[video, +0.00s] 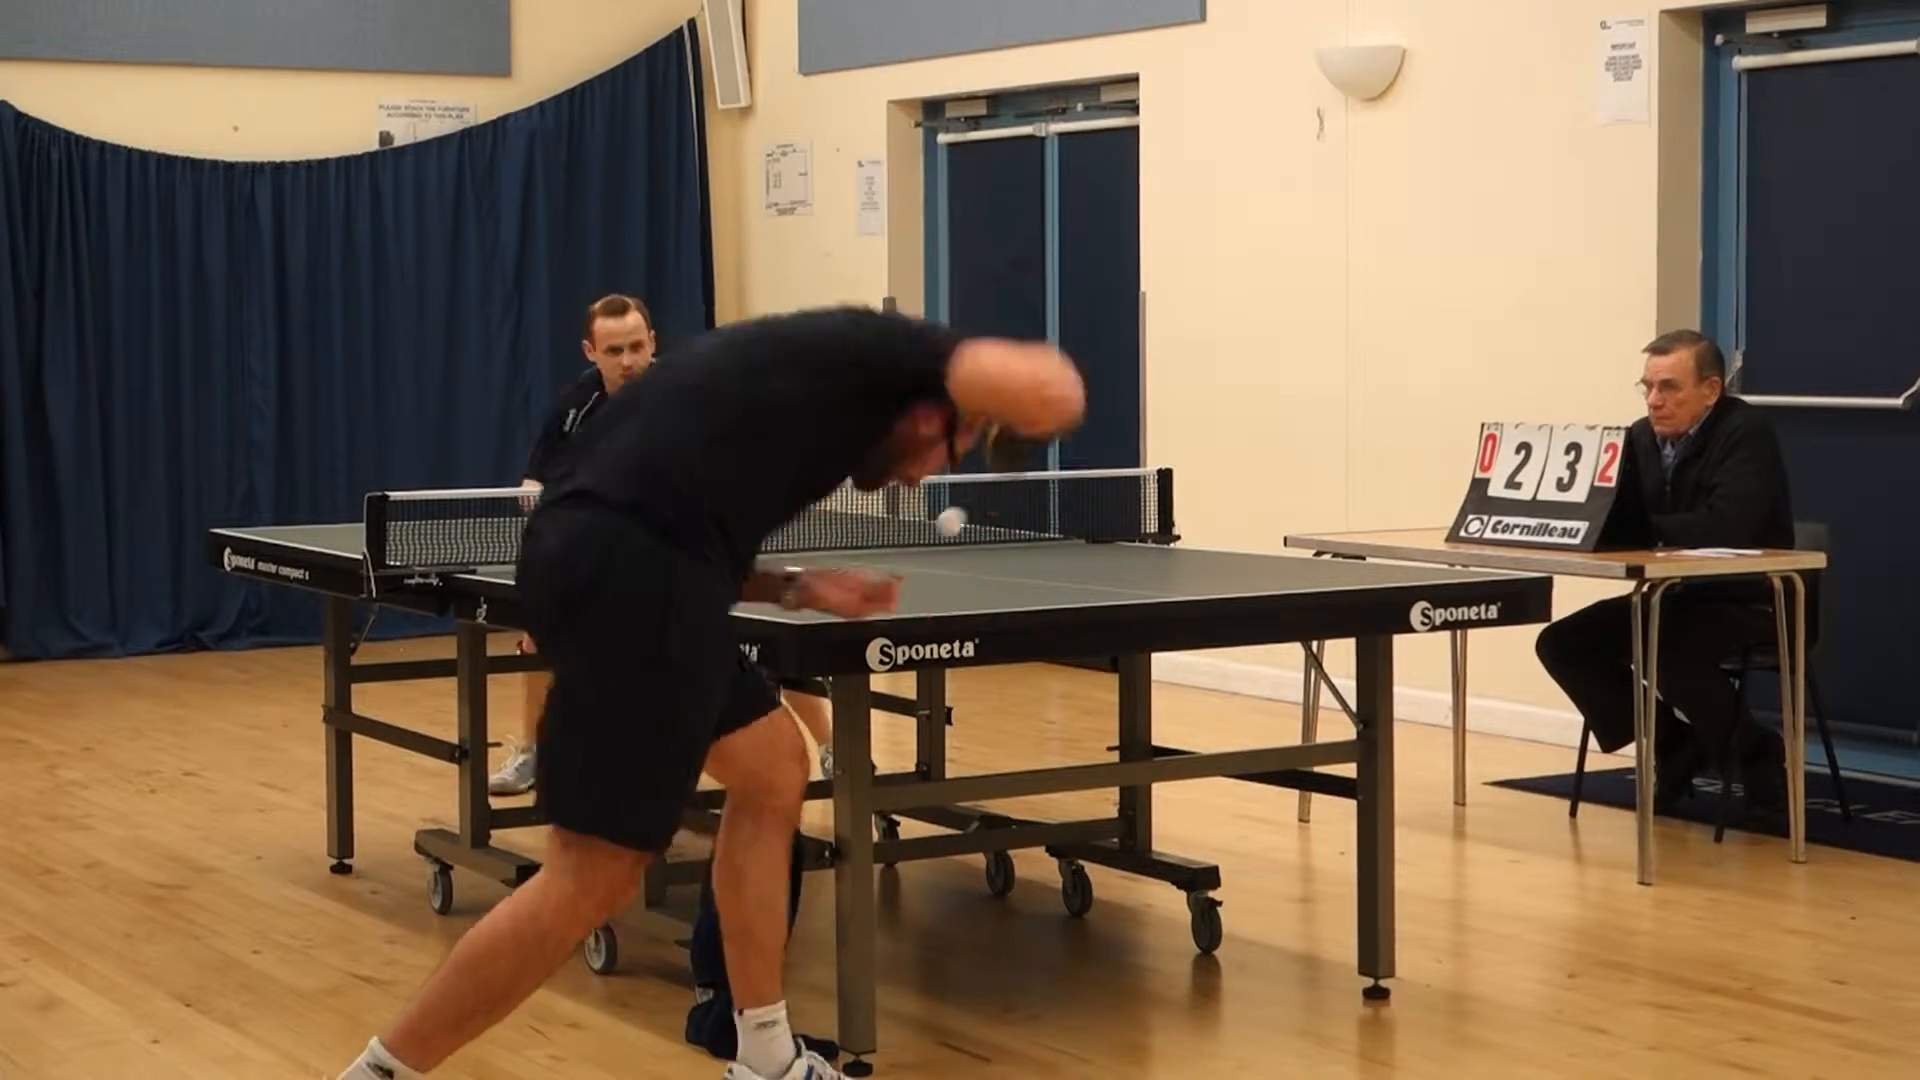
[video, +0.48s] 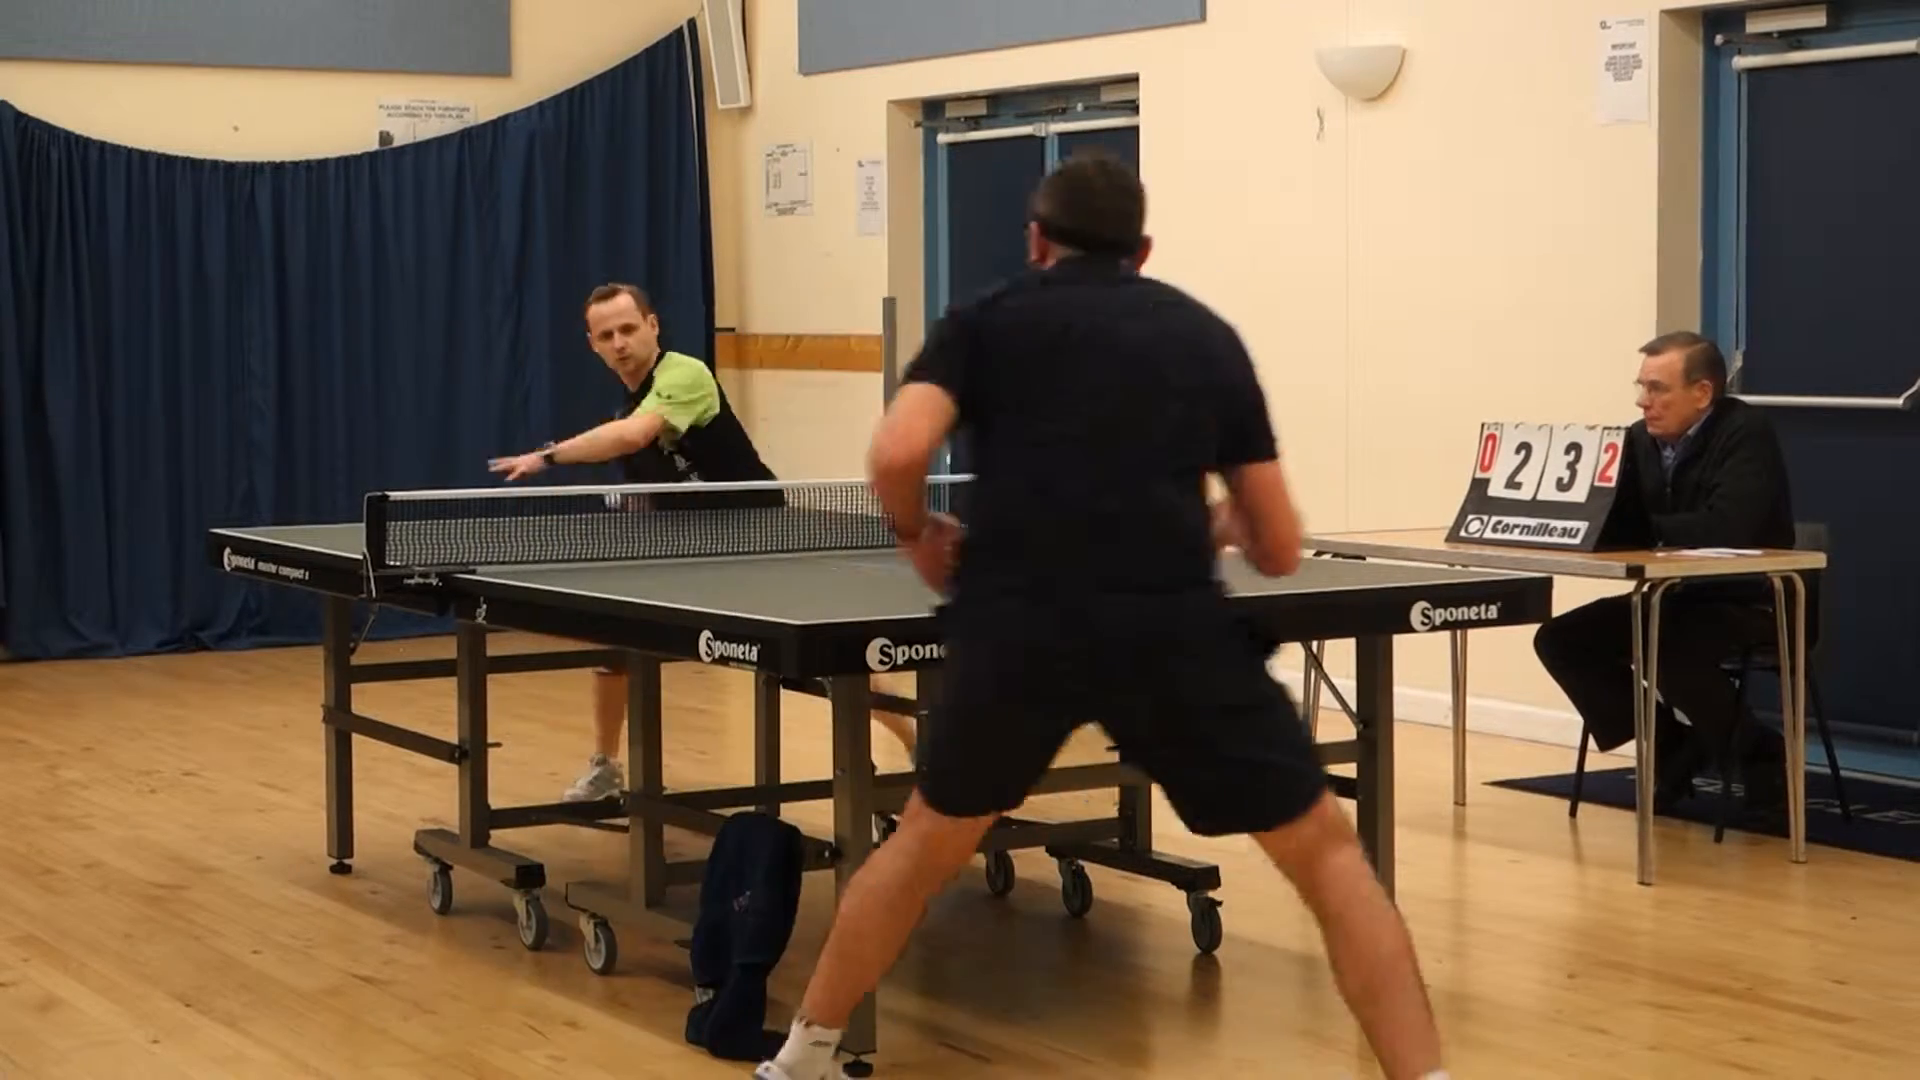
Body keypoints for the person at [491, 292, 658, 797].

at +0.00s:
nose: (629, 361)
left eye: (638, 347)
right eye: (615, 349)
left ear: (654, 343)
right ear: (592, 351)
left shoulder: (674, 398)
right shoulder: (577, 400)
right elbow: (538, 474)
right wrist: (534, 489)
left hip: (650, 548)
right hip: (576, 544)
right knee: (540, 638)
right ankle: (532, 751)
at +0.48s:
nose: (618, 344)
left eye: (627, 329)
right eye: (605, 337)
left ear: (653, 327)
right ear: (595, 345)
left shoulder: (683, 371)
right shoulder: (627, 400)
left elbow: (635, 434)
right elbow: (654, 486)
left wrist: (546, 455)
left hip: (758, 528)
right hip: (687, 539)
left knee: (826, 652)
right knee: (614, 633)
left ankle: (920, 742)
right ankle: (605, 766)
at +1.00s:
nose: (799, 332)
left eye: (806, 322)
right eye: (787, 321)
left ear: (814, 332)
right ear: (761, 329)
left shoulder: (796, 396)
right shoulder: (734, 379)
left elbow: (786, 490)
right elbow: (719, 353)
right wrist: (779, 311)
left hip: (787, 547)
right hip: (727, 549)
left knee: (904, 619)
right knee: (704, 665)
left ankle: (930, 763)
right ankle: (634, 772)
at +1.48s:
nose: (642, 263)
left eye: (650, 253)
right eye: (629, 252)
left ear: (657, 263)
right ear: (598, 259)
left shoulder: (676, 339)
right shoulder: (562, 343)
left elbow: (708, 417)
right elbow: (527, 429)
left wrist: (739, 475)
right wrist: (502, 508)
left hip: (660, 518)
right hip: (578, 519)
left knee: (719, 623)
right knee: (550, 627)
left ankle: (770, 746)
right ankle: (533, 738)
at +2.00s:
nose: (601, 245)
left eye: (610, 237)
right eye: (590, 233)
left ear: (618, 246)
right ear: (561, 237)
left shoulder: (637, 317)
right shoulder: (528, 317)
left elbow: (657, 388)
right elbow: (492, 397)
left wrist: (660, 445)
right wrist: (470, 471)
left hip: (621, 494)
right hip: (543, 495)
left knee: (625, 611)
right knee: (538, 618)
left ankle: (614, 721)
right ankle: (532, 735)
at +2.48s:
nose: (595, 240)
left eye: (603, 231)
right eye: (584, 229)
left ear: (611, 240)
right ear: (555, 234)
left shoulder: (626, 310)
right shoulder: (525, 307)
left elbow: (644, 393)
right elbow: (504, 386)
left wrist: (662, 463)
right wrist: (536, 440)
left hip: (617, 485)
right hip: (538, 483)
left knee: (618, 602)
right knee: (513, 597)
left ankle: (612, 719)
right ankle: (500, 707)